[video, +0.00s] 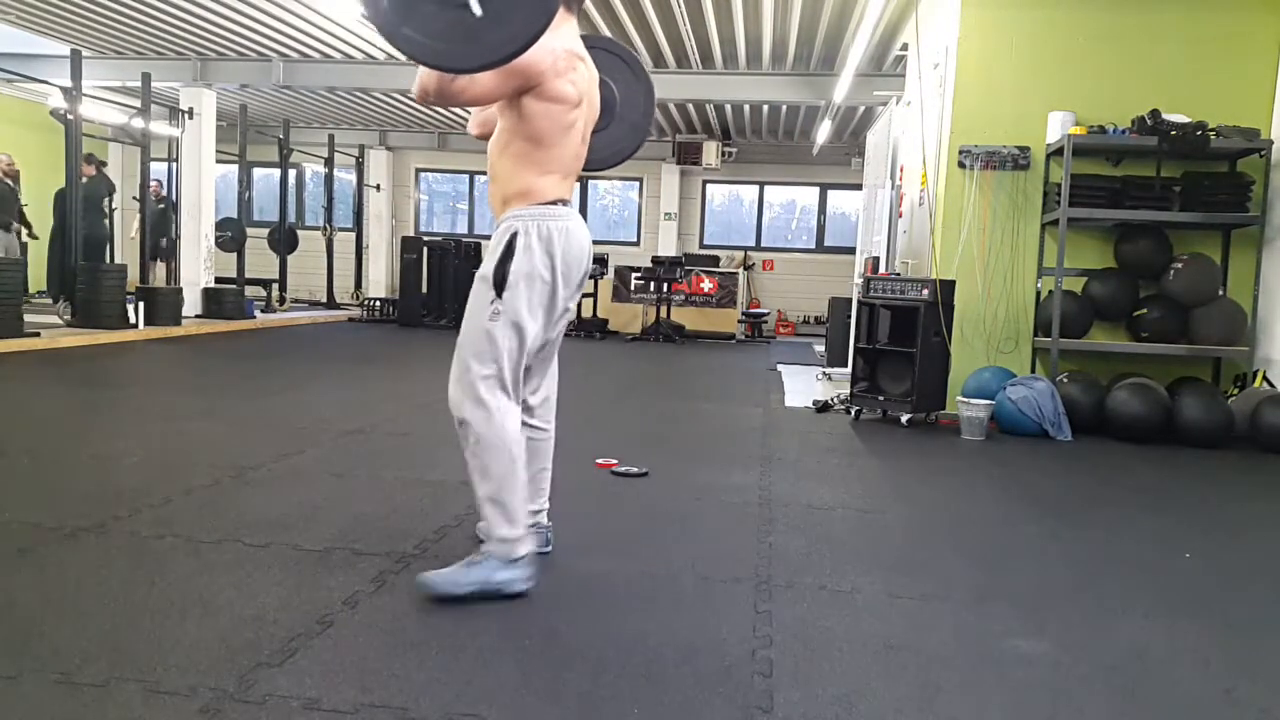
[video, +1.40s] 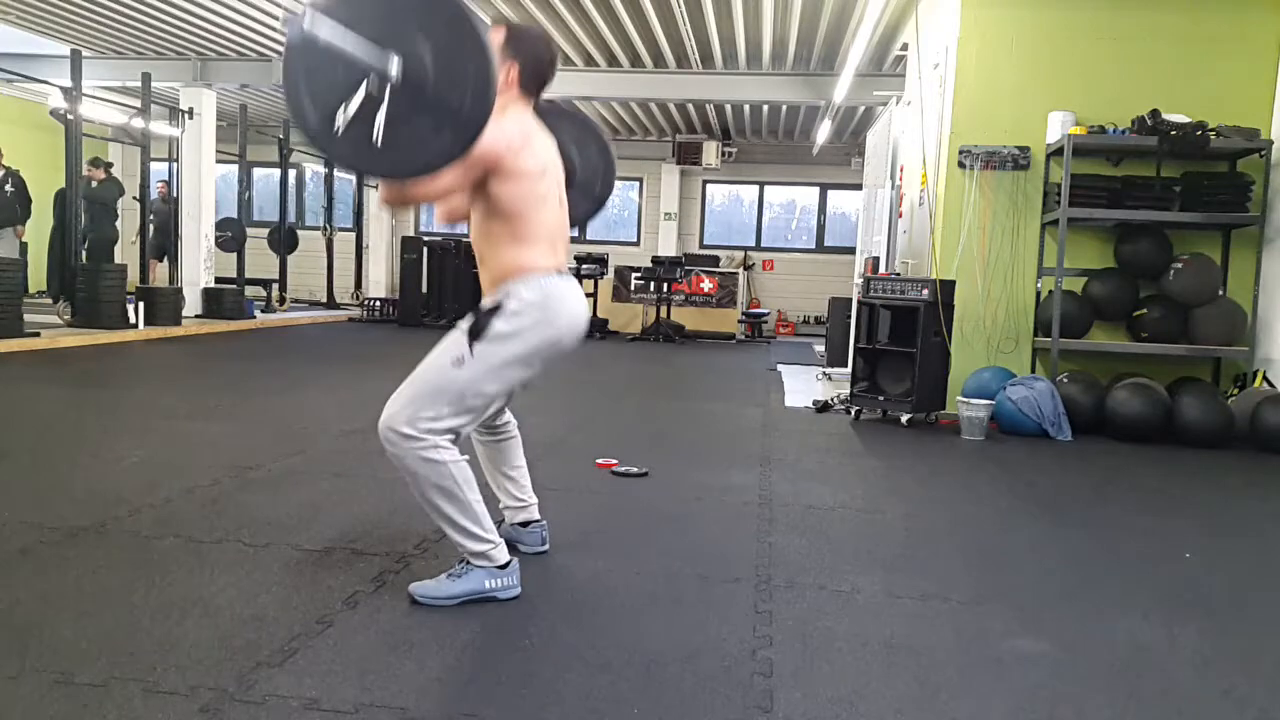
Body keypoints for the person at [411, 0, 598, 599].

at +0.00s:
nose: (503, 16)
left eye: (511, 8)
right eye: (503, 10)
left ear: (542, 4)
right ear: (573, 9)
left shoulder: (540, 52)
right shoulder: (584, 71)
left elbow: (429, 87)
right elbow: (482, 125)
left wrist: (461, 25)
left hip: (526, 236)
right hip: (565, 233)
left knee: (479, 389)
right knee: (534, 391)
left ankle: (506, 551)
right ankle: (529, 523)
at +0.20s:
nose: (489, 21)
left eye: (497, 11)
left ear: (524, 8)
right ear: (559, 12)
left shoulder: (525, 62)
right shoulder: (565, 74)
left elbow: (416, 104)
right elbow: (467, 137)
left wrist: (440, 44)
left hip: (527, 247)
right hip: (562, 244)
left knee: (464, 399)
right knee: (514, 400)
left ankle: (492, 561)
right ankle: (527, 521)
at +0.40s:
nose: (481, 46)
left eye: (489, 34)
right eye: (482, 33)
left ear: (515, 41)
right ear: (539, 44)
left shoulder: (512, 103)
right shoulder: (549, 104)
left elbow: (409, 153)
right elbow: (474, 172)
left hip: (541, 284)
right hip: (571, 280)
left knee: (437, 408)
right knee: (504, 409)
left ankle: (490, 563)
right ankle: (527, 522)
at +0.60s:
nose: (471, 113)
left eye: (480, 102)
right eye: (475, 102)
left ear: (504, 110)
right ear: (525, 114)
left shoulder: (498, 171)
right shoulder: (540, 170)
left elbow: (439, 237)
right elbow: (457, 241)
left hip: (545, 342)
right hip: (580, 334)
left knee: (410, 424)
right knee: (484, 403)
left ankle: (488, 563)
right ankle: (525, 522)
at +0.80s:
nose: (456, 181)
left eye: (466, 171)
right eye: (459, 169)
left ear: (491, 182)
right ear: (503, 184)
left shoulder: (490, 241)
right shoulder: (531, 236)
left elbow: (427, 298)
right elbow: (444, 311)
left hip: (550, 404)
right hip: (585, 392)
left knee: (401, 433)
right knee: (461, 405)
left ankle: (488, 565)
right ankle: (522, 522)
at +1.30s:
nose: (463, 117)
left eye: (474, 107)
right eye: (468, 105)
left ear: (500, 121)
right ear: (511, 125)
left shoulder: (492, 176)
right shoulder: (529, 178)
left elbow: (401, 238)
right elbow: (448, 254)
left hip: (539, 344)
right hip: (575, 336)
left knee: (401, 429)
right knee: (477, 406)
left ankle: (487, 563)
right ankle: (522, 521)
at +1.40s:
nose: (474, 63)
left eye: (486, 53)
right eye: (479, 51)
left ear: (511, 72)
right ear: (522, 76)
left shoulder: (498, 132)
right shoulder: (537, 135)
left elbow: (398, 191)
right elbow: (451, 209)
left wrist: (395, 119)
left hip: (526, 305)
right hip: (559, 300)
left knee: (408, 426)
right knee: (485, 410)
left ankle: (490, 564)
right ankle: (525, 522)